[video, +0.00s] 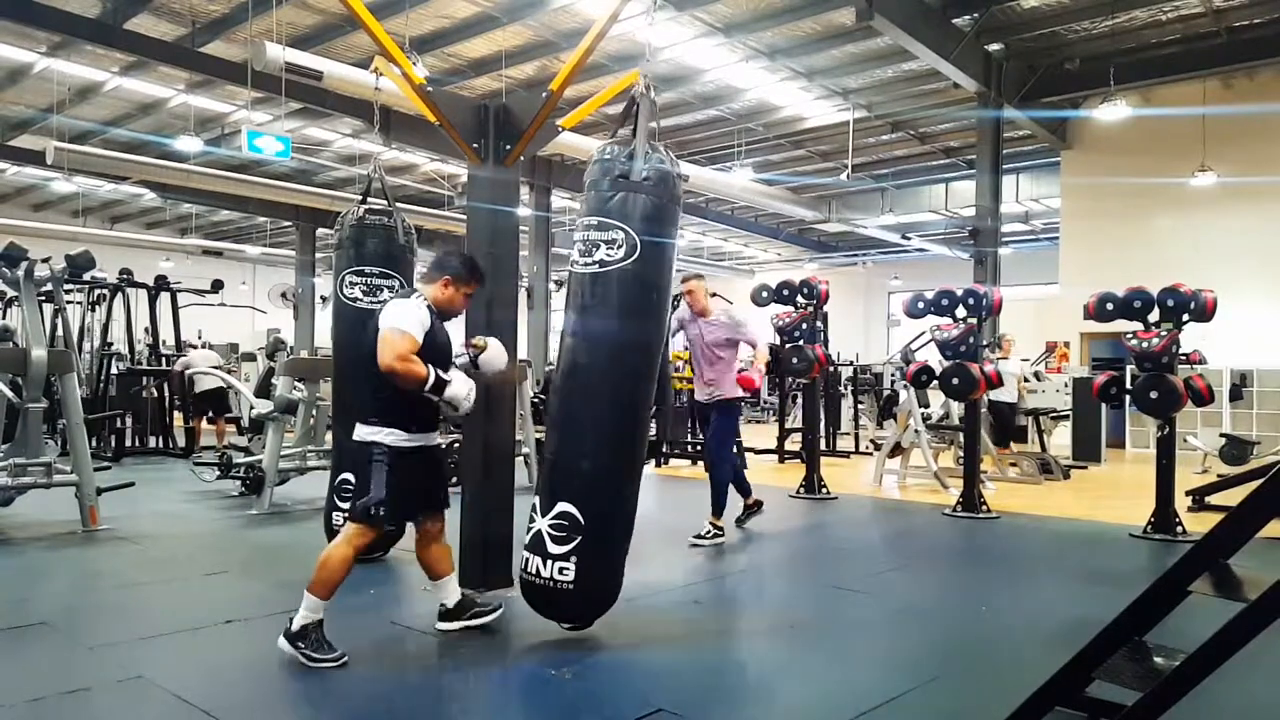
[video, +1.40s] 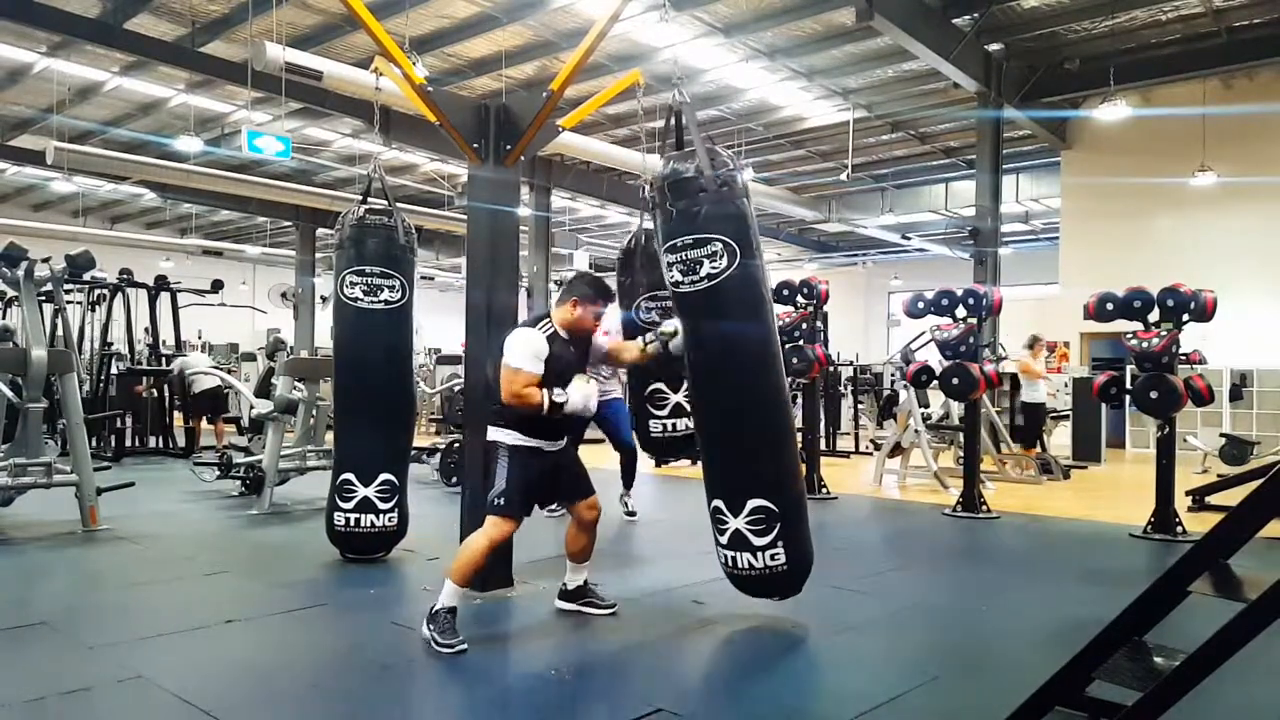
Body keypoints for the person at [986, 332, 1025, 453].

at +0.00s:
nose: (1010, 344)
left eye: (1012, 341)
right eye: (1007, 341)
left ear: (1014, 344)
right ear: (1000, 344)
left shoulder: (1016, 361)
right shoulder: (993, 360)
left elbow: (1020, 381)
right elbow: (986, 376)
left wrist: (1022, 390)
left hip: (1012, 397)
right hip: (996, 397)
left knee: (1009, 425)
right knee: (1006, 423)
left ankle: (1003, 448)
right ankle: (1003, 447)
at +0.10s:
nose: (1010, 344)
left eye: (1012, 341)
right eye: (1007, 341)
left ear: (1015, 343)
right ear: (1001, 344)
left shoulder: (1018, 361)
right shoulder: (996, 359)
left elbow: (1023, 377)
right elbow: (987, 372)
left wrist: (1024, 383)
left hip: (1014, 396)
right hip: (998, 396)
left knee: (1011, 423)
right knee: (1001, 423)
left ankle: (1007, 444)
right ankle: (1001, 447)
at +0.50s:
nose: (1014, 343)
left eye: (1016, 340)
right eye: (1011, 340)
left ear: (1020, 343)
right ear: (1005, 343)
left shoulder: (1026, 361)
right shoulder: (998, 359)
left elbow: (1032, 382)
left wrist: (1026, 386)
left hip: (1019, 400)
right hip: (1001, 400)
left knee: (1020, 437)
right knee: (1003, 436)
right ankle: (1005, 467)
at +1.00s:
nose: (1024, 343)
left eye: (1027, 341)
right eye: (1021, 341)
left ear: (1031, 344)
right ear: (1016, 343)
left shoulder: (1035, 362)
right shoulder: (1010, 359)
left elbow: (1041, 381)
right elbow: (1000, 373)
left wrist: (1036, 387)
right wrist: (1005, 365)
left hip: (1030, 401)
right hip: (1013, 400)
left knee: (1032, 437)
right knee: (1012, 436)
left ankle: (1028, 468)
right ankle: (1006, 468)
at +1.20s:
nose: (1031, 345)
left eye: (1033, 342)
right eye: (1028, 342)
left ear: (1037, 344)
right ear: (1022, 345)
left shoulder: (1038, 362)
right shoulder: (1017, 361)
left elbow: (1042, 379)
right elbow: (1015, 373)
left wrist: (1043, 381)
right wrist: (1023, 360)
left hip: (1036, 398)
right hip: (1020, 399)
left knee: (1033, 437)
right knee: (1017, 437)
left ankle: (1028, 468)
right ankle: (1008, 467)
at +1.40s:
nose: (1042, 349)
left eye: (1044, 346)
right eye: (1040, 345)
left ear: (1043, 347)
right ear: (1032, 345)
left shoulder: (1039, 360)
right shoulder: (1024, 361)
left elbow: (1038, 382)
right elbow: (1039, 373)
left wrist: (1048, 391)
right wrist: (1041, 358)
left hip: (1040, 400)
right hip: (1030, 401)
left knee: (1035, 434)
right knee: (1031, 435)